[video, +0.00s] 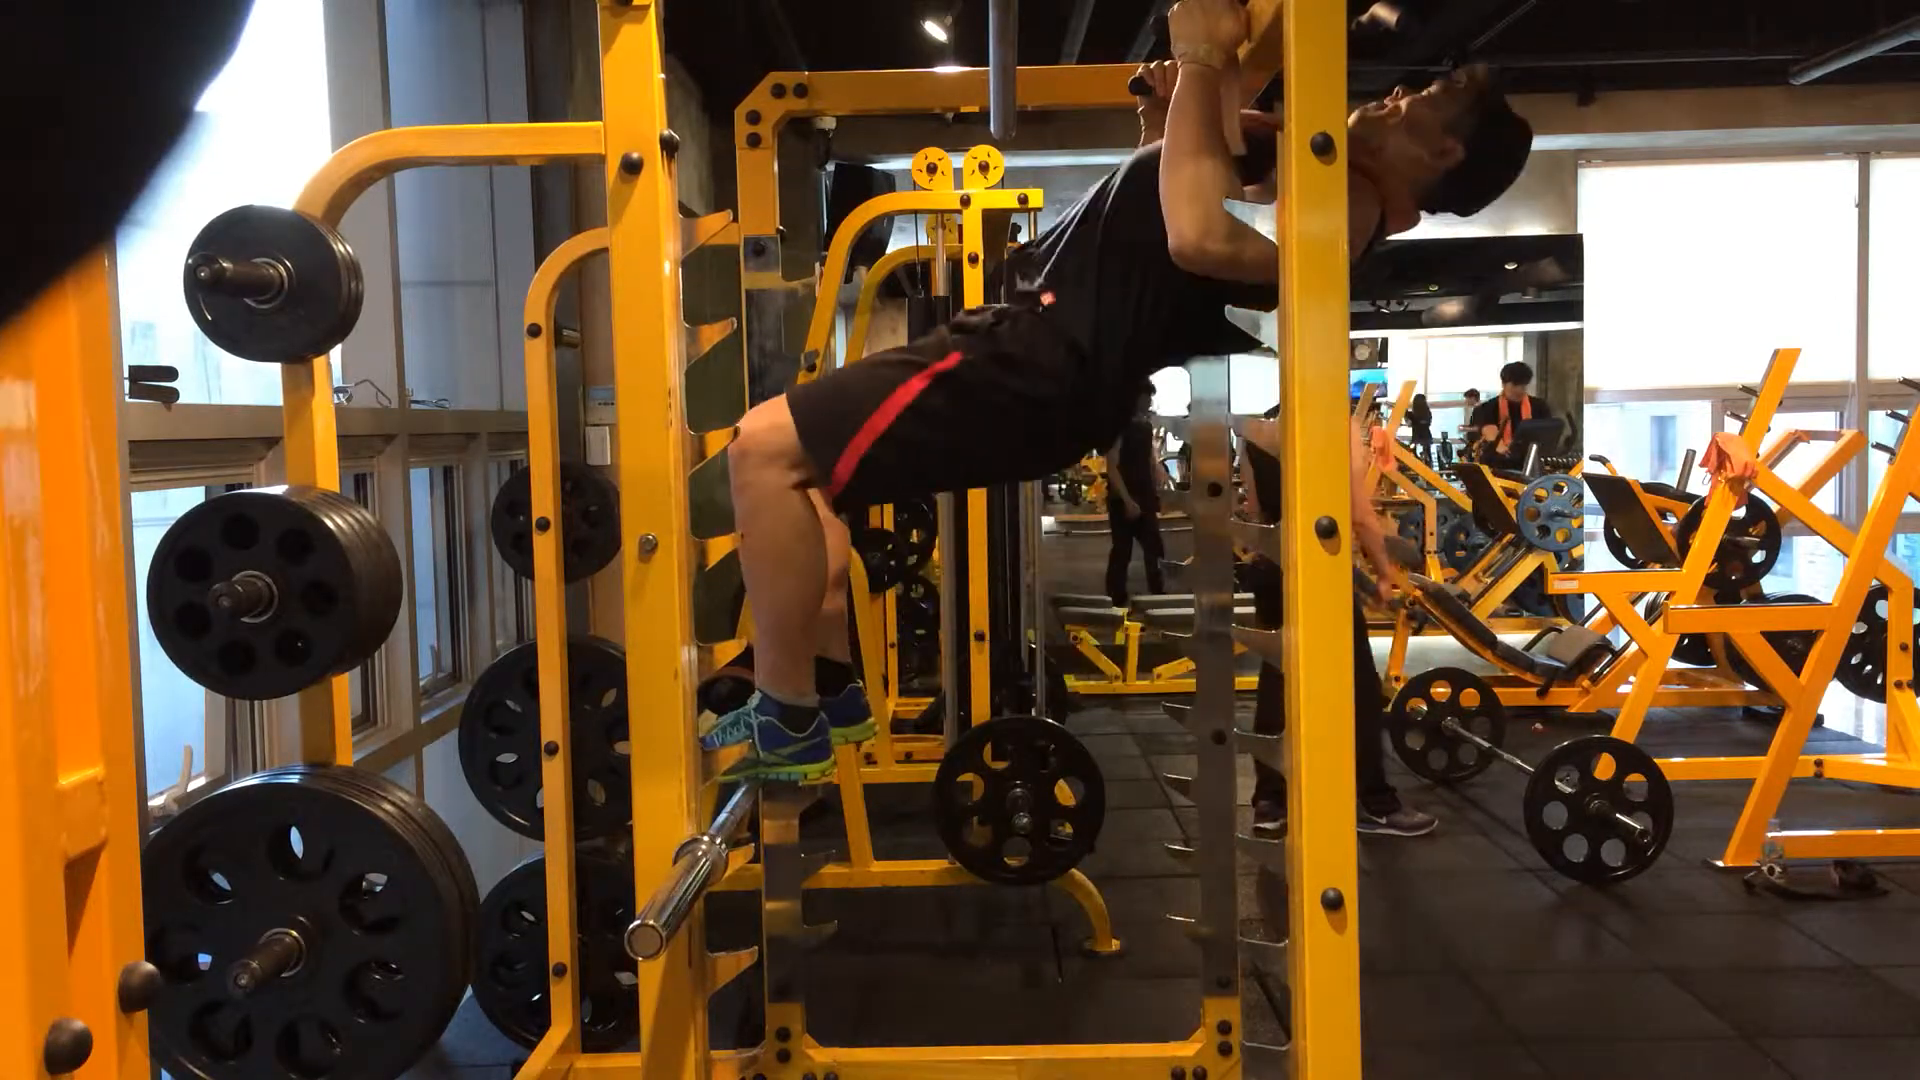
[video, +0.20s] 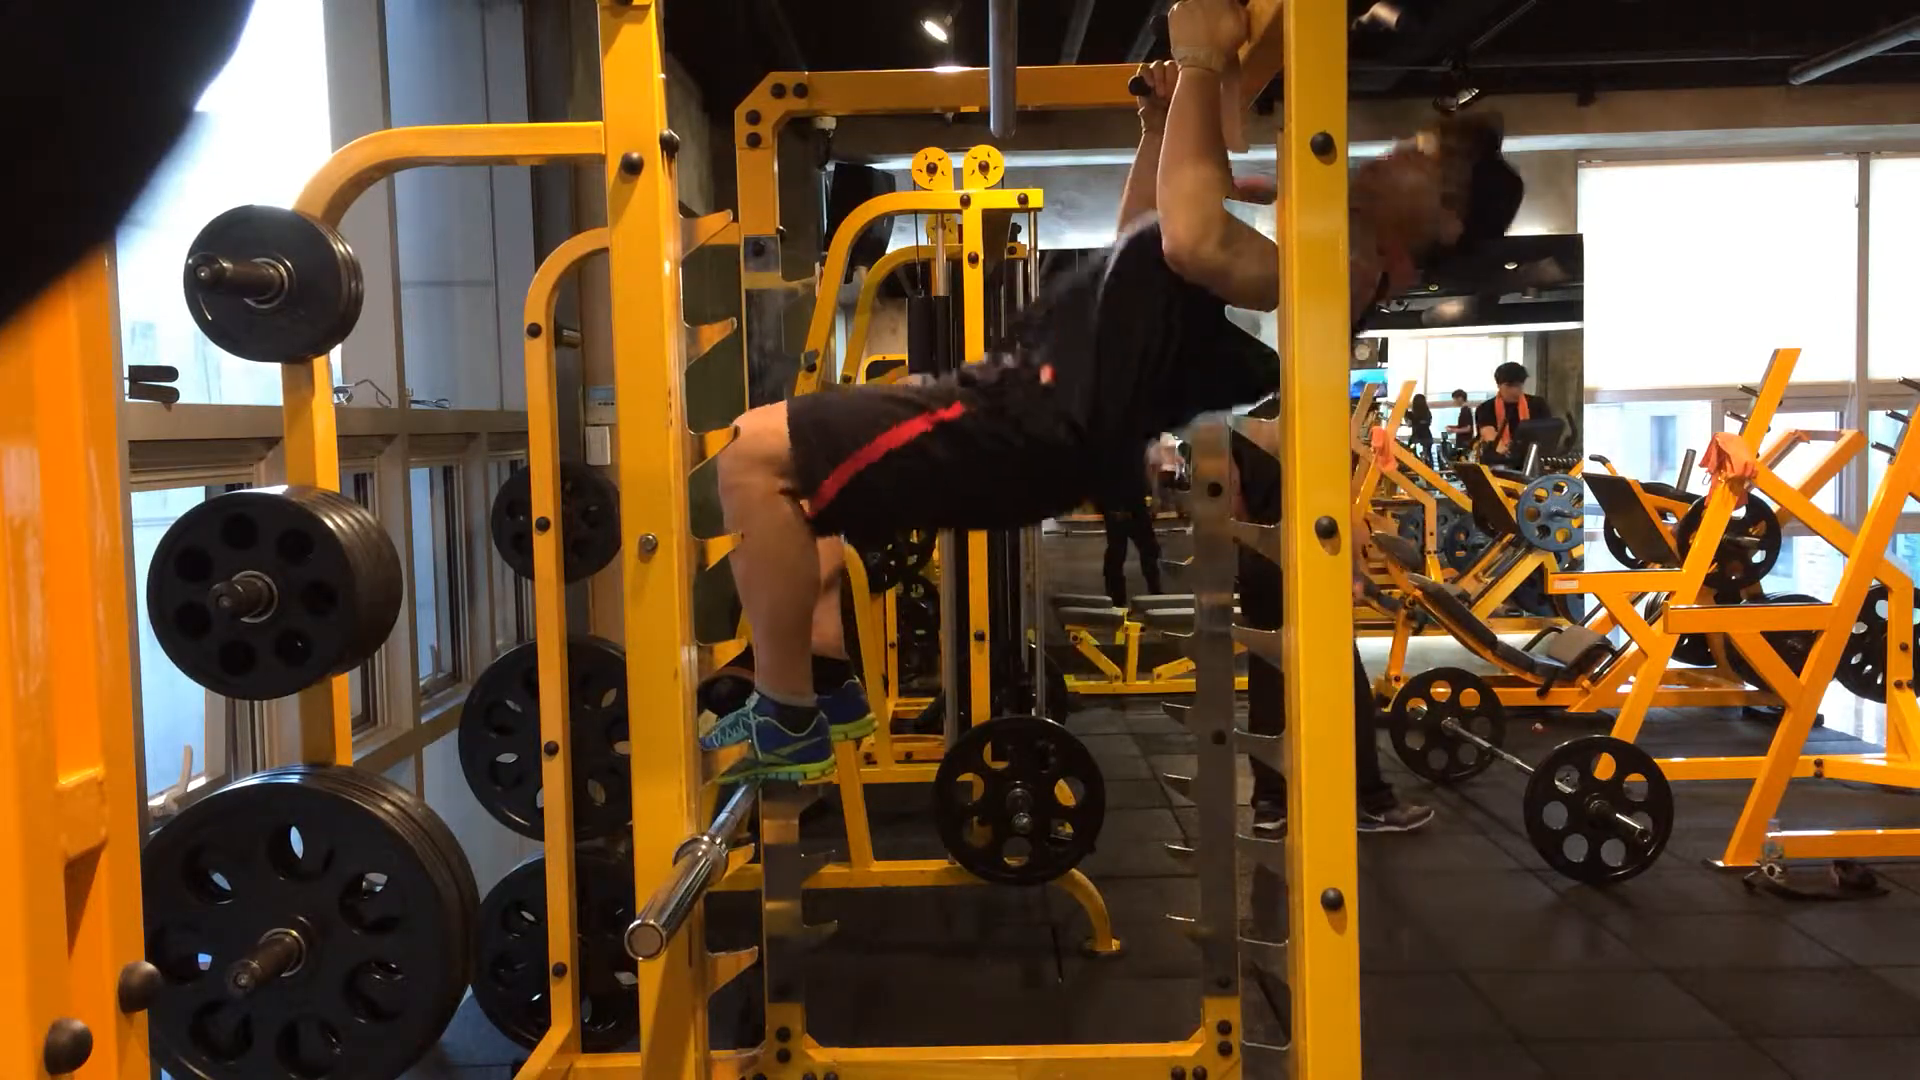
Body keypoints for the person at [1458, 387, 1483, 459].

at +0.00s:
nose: (1466, 401)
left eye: (1468, 399)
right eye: (1466, 399)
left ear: (1473, 398)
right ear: (1474, 398)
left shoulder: (1479, 410)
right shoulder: (1476, 409)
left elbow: (1477, 427)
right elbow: (1474, 425)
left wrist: (1464, 429)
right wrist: (1464, 427)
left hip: (1477, 441)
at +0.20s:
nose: (1454, 402)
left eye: (1455, 399)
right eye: (1453, 399)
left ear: (1460, 398)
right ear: (1460, 398)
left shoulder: (1466, 410)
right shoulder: (1463, 410)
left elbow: (1468, 428)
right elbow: (1462, 426)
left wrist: (1453, 430)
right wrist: (1452, 427)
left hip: (1465, 444)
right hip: (1461, 443)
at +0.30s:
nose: (1447, 403)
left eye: (1448, 400)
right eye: (1447, 400)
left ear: (1453, 399)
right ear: (1453, 400)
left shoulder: (1459, 410)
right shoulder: (1456, 410)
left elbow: (1462, 430)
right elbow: (1456, 427)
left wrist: (1446, 430)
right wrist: (1445, 428)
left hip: (1459, 443)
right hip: (1455, 442)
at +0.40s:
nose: (1441, 403)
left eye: (1442, 400)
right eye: (1441, 400)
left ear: (1447, 400)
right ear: (1447, 400)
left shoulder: (1452, 411)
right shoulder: (1450, 410)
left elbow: (1453, 431)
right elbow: (1450, 428)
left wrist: (1442, 431)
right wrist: (1442, 429)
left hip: (1450, 444)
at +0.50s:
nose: (1435, 403)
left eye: (1436, 400)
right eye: (1435, 400)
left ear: (1441, 399)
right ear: (1440, 399)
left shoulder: (1445, 411)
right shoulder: (1443, 411)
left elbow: (1446, 431)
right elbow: (1442, 427)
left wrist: (1434, 431)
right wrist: (1434, 428)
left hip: (1444, 446)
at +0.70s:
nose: (1421, 402)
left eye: (1423, 400)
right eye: (1421, 400)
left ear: (1428, 400)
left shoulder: (1432, 412)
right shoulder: (1427, 412)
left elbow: (1433, 428)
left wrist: (1421, 430)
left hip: (1431, 445)